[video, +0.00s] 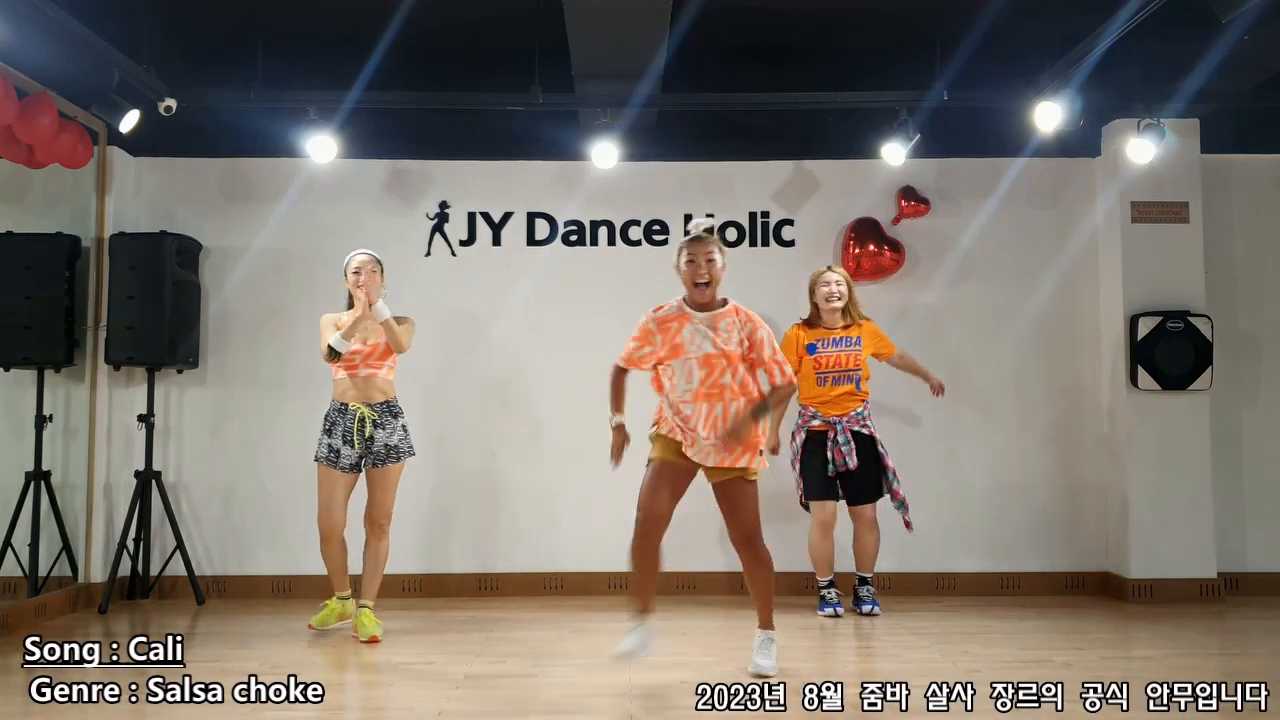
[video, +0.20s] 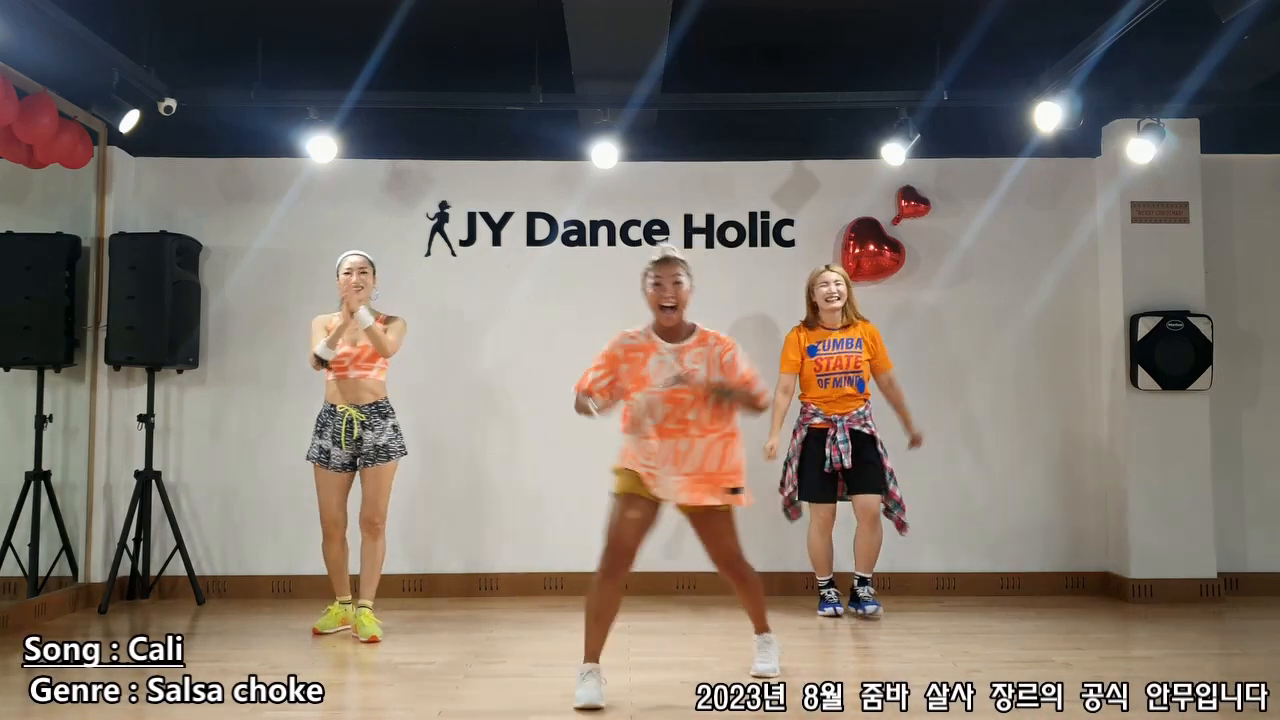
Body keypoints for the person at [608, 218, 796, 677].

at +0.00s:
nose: (701, 269)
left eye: (710, 260)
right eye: (692, 261)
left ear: (723, 268)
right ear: (679, 269)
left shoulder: (746, 323)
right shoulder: (662, 321)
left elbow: (786, 383)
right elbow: (621, 368)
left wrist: (750, 416)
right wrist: (618, 421)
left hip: (733, 440)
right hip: (677, 434)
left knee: (748, 541)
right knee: (647, 523)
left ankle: (766, 635)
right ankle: (643, 621)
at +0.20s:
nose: (667, 292)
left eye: (676, 283)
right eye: (657, 284)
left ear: (690, 291)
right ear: (645, 293)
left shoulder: (717, 346)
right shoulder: (627, 346)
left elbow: (760, 401)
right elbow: (584, 400)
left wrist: (717, 388)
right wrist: (595, 399)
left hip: (703, 472)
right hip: (644, 468)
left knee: (729, 559)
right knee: (614, 559)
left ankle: (765, 639)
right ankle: (590, 669)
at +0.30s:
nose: (648, 289)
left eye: (657, 280)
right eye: (638, 280)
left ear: (672, 289)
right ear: (626, 289)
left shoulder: (695, 348)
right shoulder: (605, 346)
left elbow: (704, 420)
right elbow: (588, 412)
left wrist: (662, 431)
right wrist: (618, 430)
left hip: (677, 466)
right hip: (619, 465)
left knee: (714, 567)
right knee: (599, 559)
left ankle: (714, 597)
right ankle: (588, 668)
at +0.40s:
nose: (638, 288)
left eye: (648, 280)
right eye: (628, 280)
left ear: (662, 289)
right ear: (616, 291)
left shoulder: (684, 350)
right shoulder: (594, 349)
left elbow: (689, 419)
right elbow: (578, 420)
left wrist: (662, 439)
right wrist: (608, 444)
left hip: (663, 466)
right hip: (604, 466)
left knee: (692, 551)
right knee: (594, 556)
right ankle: (587, 669)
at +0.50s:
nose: (633, 276)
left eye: (642, 266)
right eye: (623, 267)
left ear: (657, 272)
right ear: (611, 274)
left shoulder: (681, 333)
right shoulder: (590, 332)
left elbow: (713, 394)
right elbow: (552, 393)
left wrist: (687, 388)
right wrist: (577, 400)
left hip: (656, 448)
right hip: (599, 449)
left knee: (677, 529)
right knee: (592, 554)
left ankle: (629, 593)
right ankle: (586, 668)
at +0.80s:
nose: (613, 303)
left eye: (623, 292)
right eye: (603, 293)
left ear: (638, 299)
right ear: (591, 303)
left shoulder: (662, 339)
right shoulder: (577, 352)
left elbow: (719, 366)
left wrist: (689, 353)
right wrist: (545, 364)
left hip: (651, 474)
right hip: (592, 473)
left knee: (663, 569)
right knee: (566, 556)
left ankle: (642, 669)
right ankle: (570, 656)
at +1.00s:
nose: (576, 310)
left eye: (586, 300)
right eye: (566, 302)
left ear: (602, 308)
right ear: (554, 312)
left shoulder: (627, 346)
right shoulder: (547, 369)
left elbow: (647, 400)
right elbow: (520, 435)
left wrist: (595, 395)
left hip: (649, 468)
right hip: (592, 475)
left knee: (691, 556)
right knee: (566, 569)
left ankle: (663, 657)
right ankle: (562, 670)